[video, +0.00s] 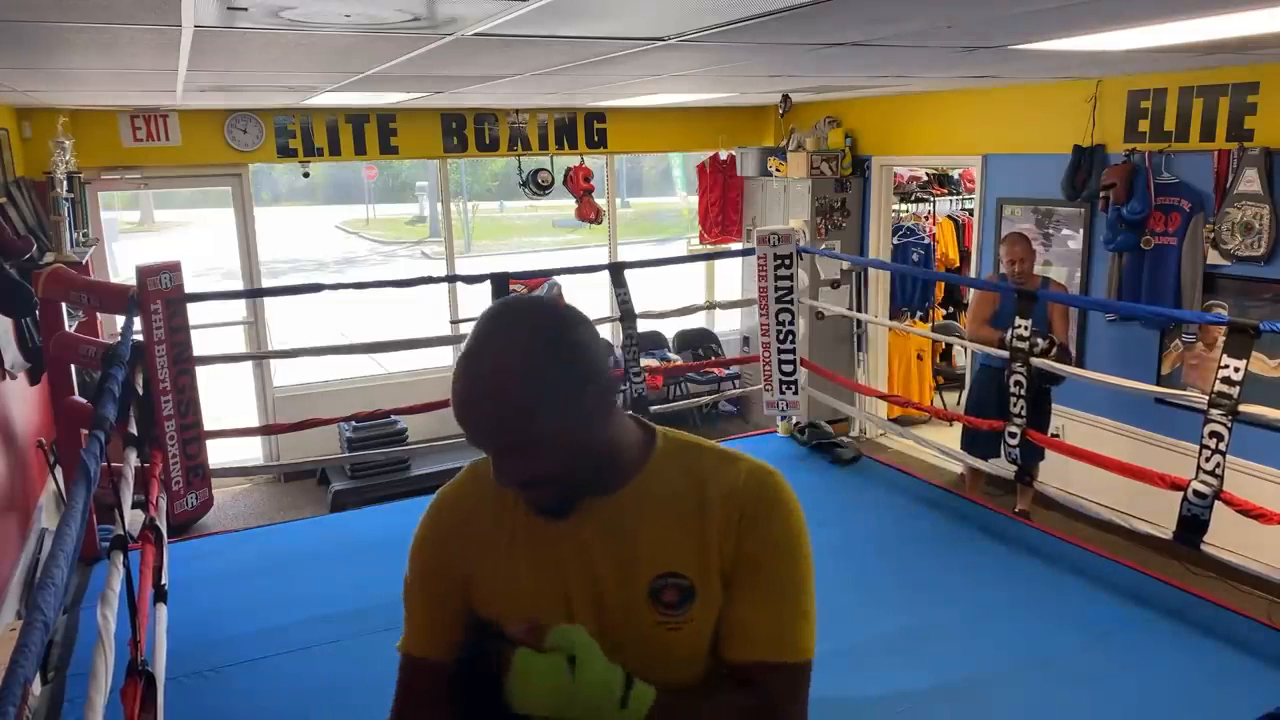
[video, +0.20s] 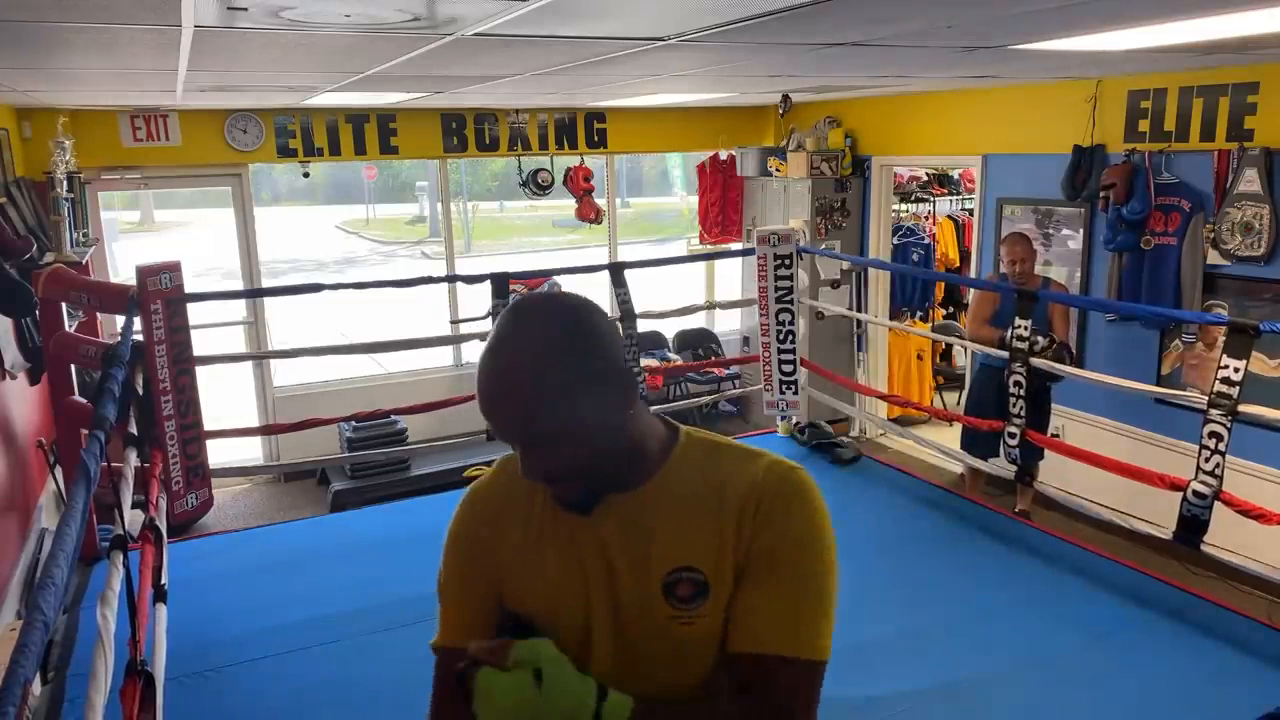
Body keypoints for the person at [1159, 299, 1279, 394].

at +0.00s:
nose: (1220, 327)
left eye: (1223, 323)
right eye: (1215, 322)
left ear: (1226, 327)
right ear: (1201, 325)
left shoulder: (1231, 350)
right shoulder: (1189, 348)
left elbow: (1270, 368)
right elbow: (1163, 370)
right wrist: (1178, 348)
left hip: (1218, 405)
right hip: (1189, 401)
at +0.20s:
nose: (1220, 327)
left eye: (1223, 323)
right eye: (1215, 322)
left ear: (1226, 327)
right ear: (1201, 325)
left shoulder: (1231, 350)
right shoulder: (1189, 349)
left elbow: (1270, 368)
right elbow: (1163, 369)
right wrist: (1178, 347)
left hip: (1218, 405)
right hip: (1188, 401)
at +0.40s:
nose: (1220, 327)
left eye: (1224, 322)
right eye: (1215, 321)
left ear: (1226, 327)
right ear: (1201, 325)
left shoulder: (1231, 350)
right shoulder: (1189, 349)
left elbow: (1270, 368)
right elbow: (1162, 369)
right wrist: (1178, 348)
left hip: (1217, 406)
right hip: (1188, 401)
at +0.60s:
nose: (1220, 327)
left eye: (1224, 322)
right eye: (1215, 321)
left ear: (1226, 327)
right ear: (1201, 325)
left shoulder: (1231, 350)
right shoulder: (1189, 349)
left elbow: (1270, 368)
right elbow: (1163, 369)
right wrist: (1178, 348)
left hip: (1218, 406)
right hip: (1188, 401)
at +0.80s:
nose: (1220, 327)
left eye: (1224, 322)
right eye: (1215, 321)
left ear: (1226, 327)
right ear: (1201, 325)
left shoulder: (1231, 350)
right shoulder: (1189, 349)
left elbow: (1270, 368)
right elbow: (1162, 369)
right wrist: (1178, 348)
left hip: (1218, 405)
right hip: (1189, 401)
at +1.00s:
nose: (1220, 327)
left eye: (1224, 322)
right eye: (1215, 322)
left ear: (1226, 327)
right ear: (1201, 325)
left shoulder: (1231, 350)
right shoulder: (1189, 349)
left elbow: (1270, 368)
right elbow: (1162, 369)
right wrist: (1178, 348)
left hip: (1219, 405)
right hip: (1189, 401)